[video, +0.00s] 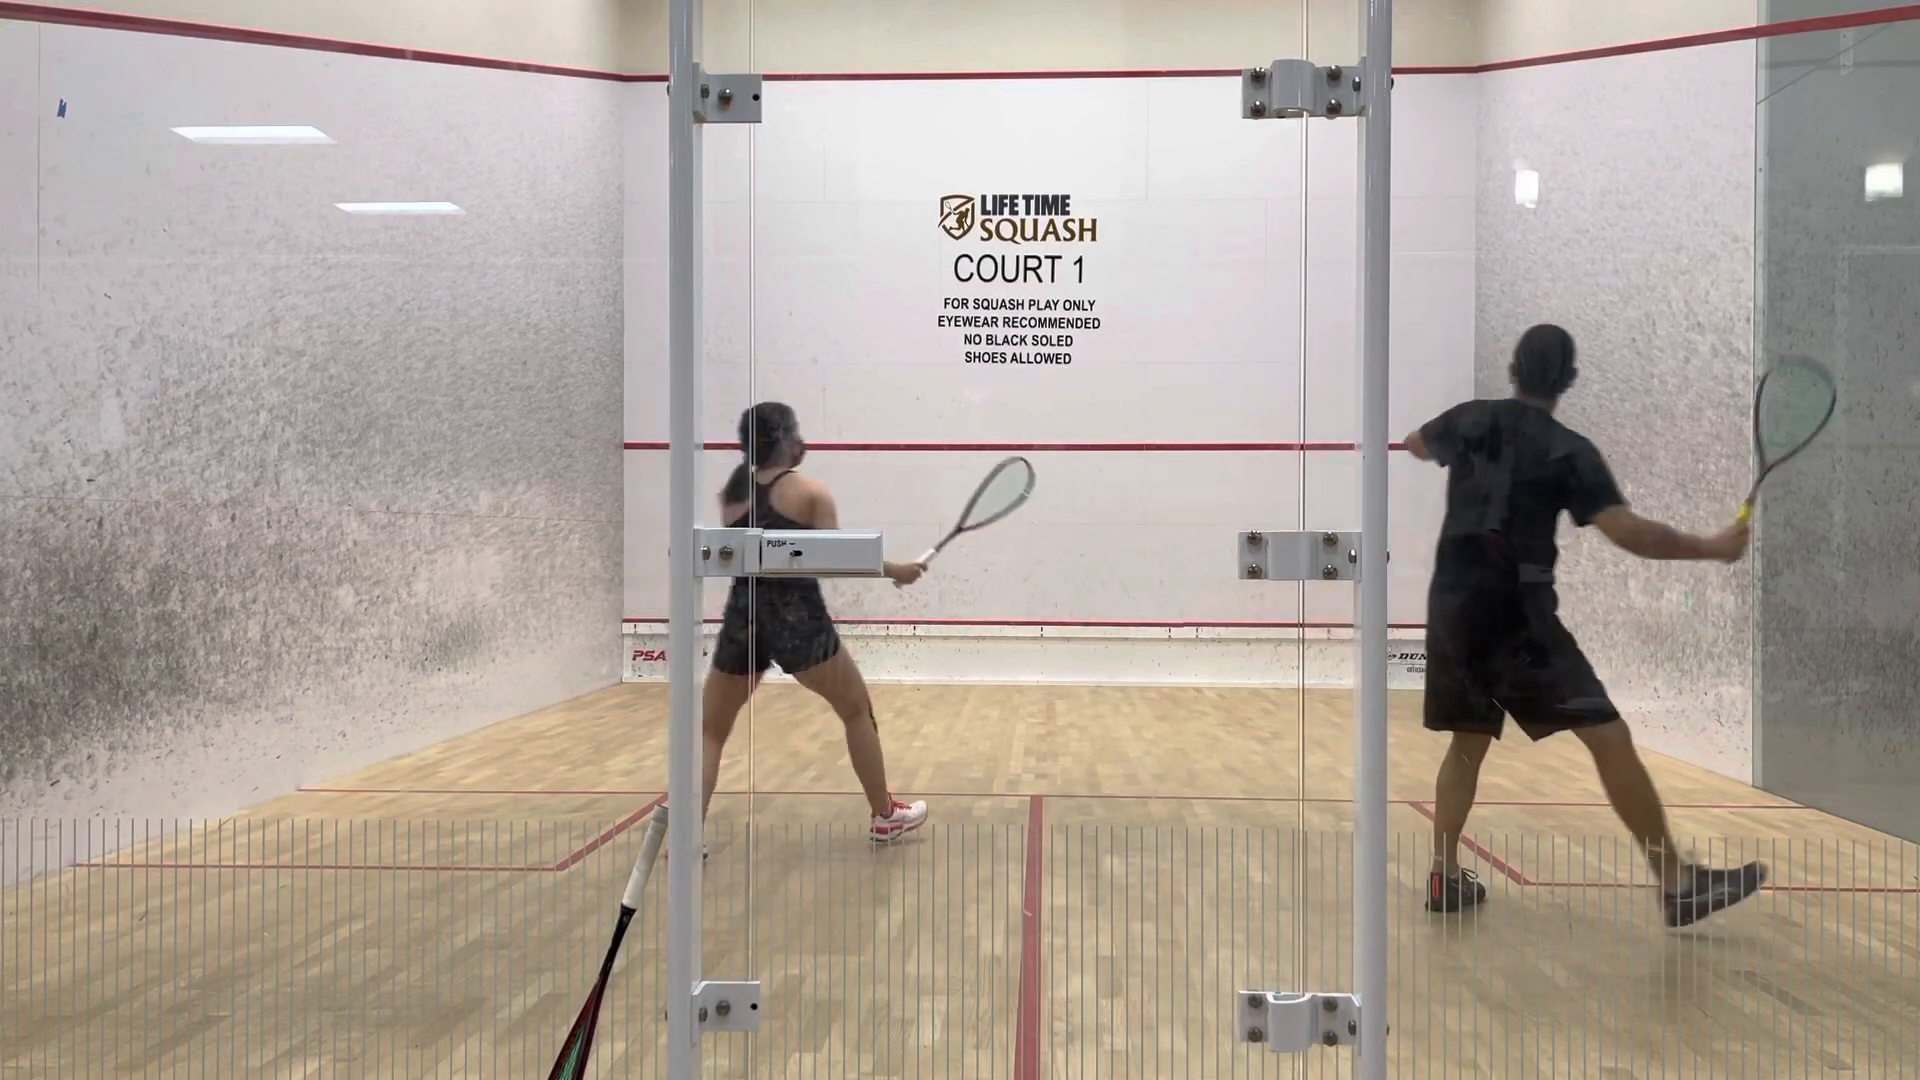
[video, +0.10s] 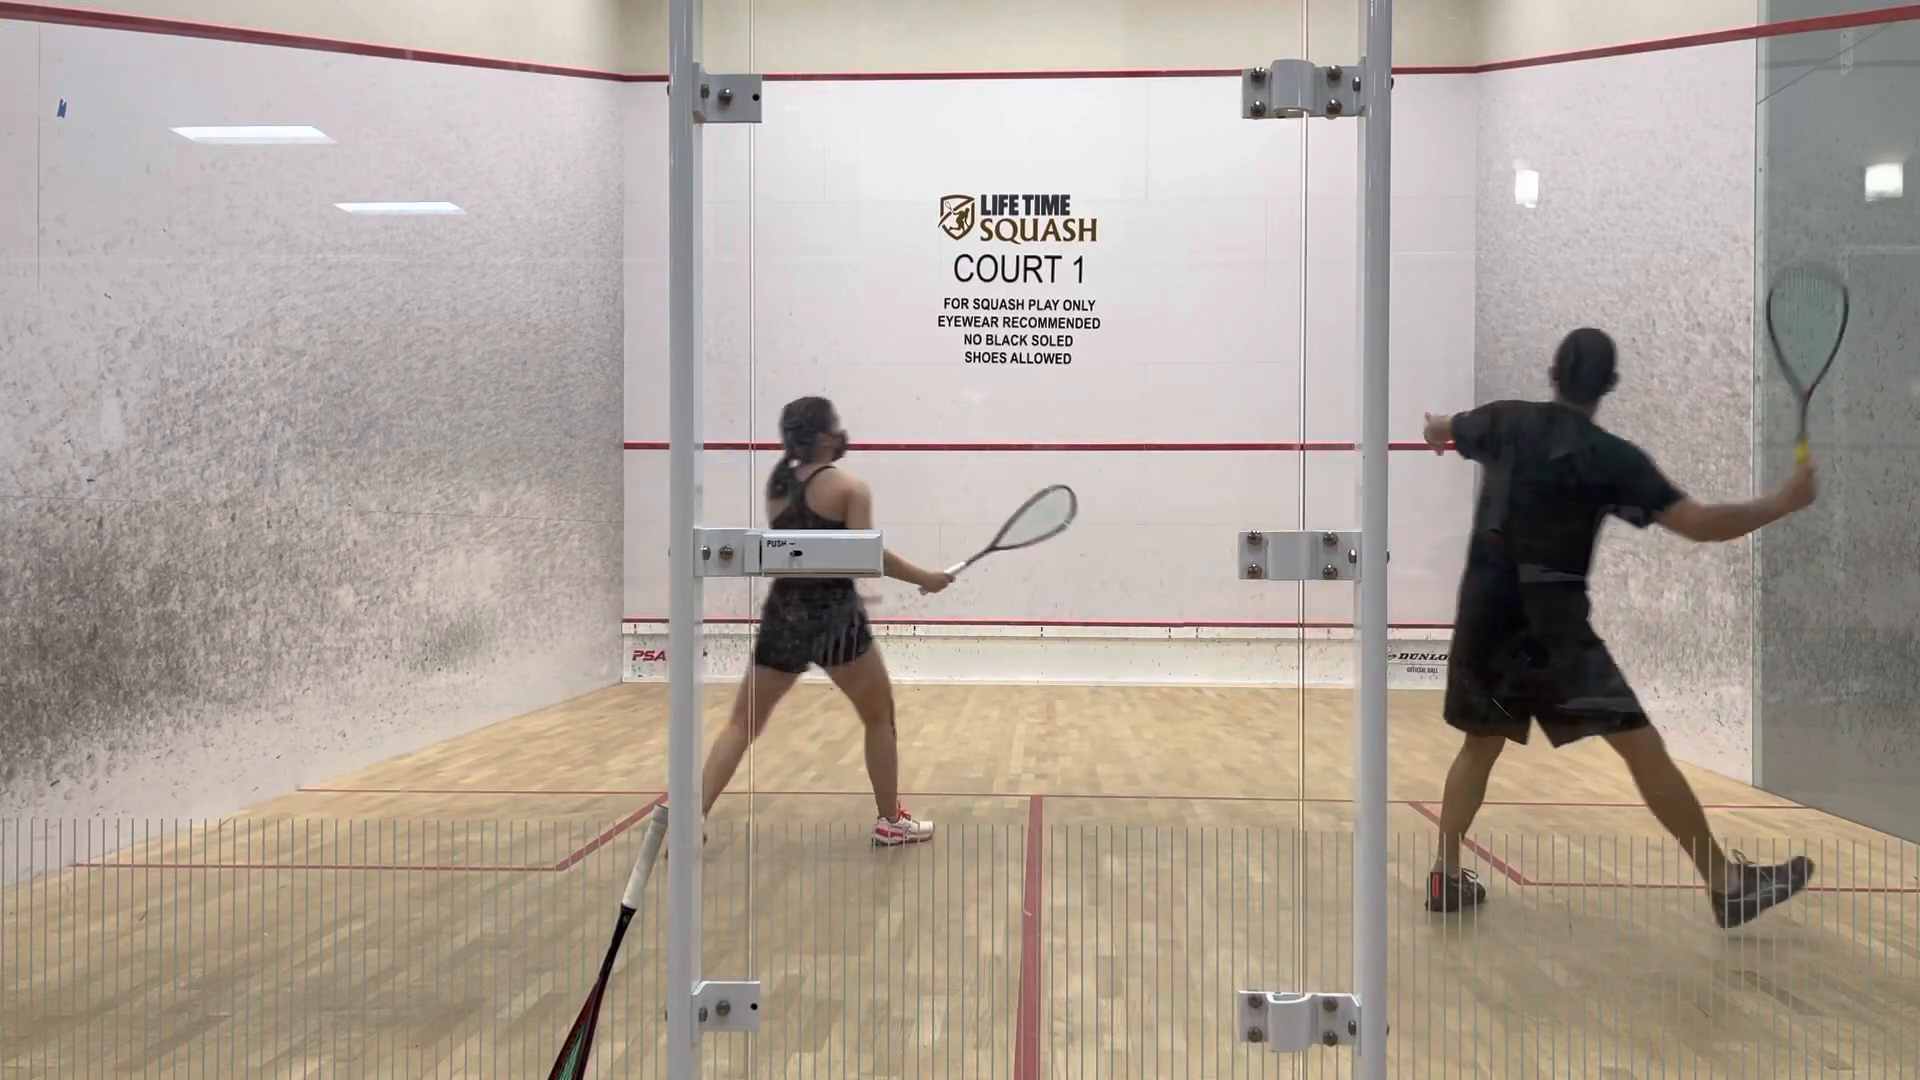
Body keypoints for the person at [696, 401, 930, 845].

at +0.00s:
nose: (802, 442)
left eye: (798, 435)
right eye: (797, 436)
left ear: (750, 444)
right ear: (788, 443)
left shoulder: (732, 492)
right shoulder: (810, 492)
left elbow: (730, 553)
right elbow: (834, 559)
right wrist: (892, 569)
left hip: (742, 624)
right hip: (799, 626)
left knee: (711, 731)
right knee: (856, 711)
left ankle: (688, 833)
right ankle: (884, 813)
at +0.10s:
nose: (844, 433)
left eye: (840, 425)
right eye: (837, 427)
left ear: (795, 440)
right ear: (823, 437)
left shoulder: (778, 484)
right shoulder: (849, 488)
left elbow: (784, 544)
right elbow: (868, 555)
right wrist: (923, 577)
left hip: (783, 613)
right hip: (835, 616)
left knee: (742, 724)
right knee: (879, 716)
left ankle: (693, 815)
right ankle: (890, 818)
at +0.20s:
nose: (883, 424)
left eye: (879, 417)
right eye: (876, 420)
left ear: (839, 435)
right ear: (861, 432)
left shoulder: (823, 477)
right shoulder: (882, 482)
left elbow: (826, 538)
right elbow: (899, 549)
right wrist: (952, 577)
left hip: (820, 610)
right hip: (867, 613)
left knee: (795, 718)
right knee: (899, 715)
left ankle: (734, 792)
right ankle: (892, 818)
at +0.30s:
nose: (919, 418)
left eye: (914, 410)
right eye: (910, 413)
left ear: (876, 426)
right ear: (889, 425)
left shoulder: (855, 469)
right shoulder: (912, 478)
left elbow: (832, 536)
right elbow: (925, 547)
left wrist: (821, 596)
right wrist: (976, 575)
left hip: (847, 609)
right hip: (892, 613)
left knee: (856, 708)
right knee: (906, 717)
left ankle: (801, 788)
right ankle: (891, 818)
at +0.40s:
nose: (946, 418)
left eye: (942, 411)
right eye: (938, 413)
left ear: (901, 424)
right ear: (918, 423)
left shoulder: (878, 469)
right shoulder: (942, 476)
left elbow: (844, 529)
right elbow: (948, 545)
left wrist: (831, 583)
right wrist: (996, 577)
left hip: (873, 601)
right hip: (916, 606)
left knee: (898, 704)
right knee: (914, 715)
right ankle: (892, 815)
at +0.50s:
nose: (970, 427)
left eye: (967, 420)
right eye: (963, 421)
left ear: (927, 431)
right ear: (943, 430)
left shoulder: (902, 478)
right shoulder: (963, 483)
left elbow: (867, 533)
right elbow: (972, 551)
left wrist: (856, 592)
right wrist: (1017, 579)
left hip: (900, 610)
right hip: (940, 614)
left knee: (926, 707)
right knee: (956, 714)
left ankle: (914, 797)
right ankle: (901, 799)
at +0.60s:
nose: (993, 435)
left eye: (990, 428)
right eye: (987, 429)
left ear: (949, 439)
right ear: (972, 436)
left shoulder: (931, 484)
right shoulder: (984, 489)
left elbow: (903, 546)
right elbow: (991, 558)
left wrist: (901, 600)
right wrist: (1037, 579)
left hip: (926, 618)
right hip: (965, 621)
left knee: (946, 707)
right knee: (1013, 706)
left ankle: (916, 801)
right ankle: (942, 775)